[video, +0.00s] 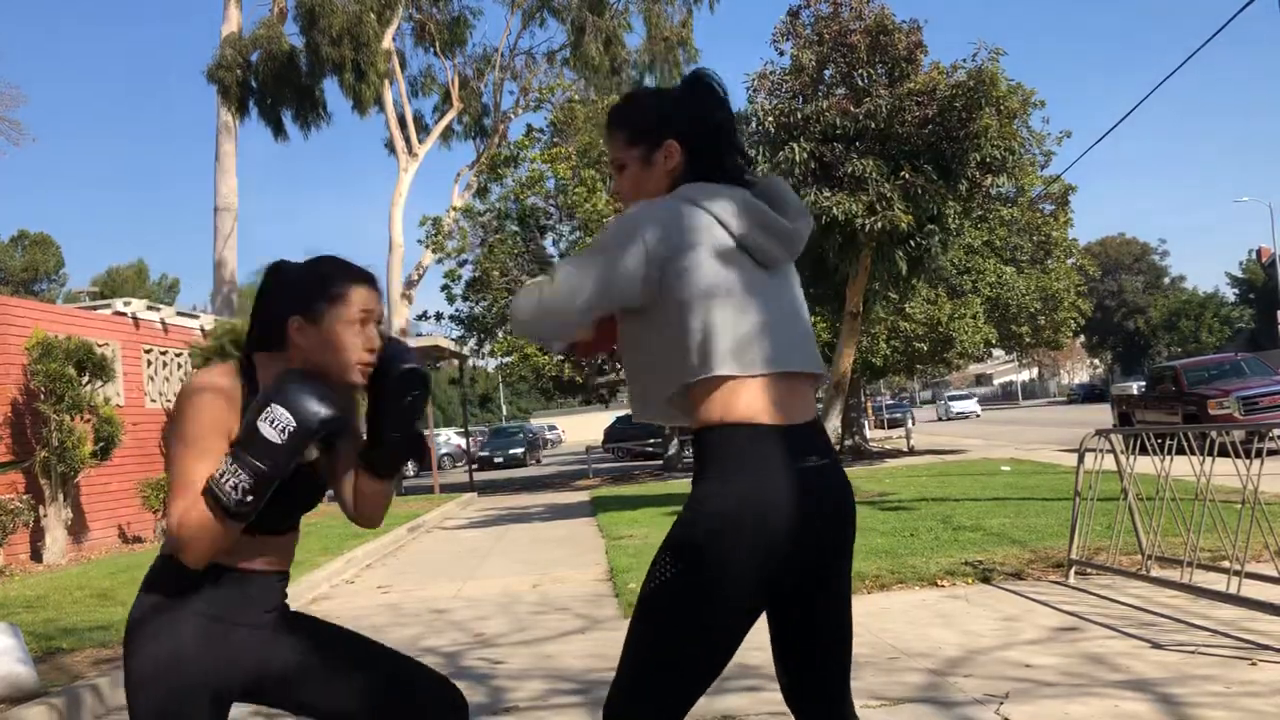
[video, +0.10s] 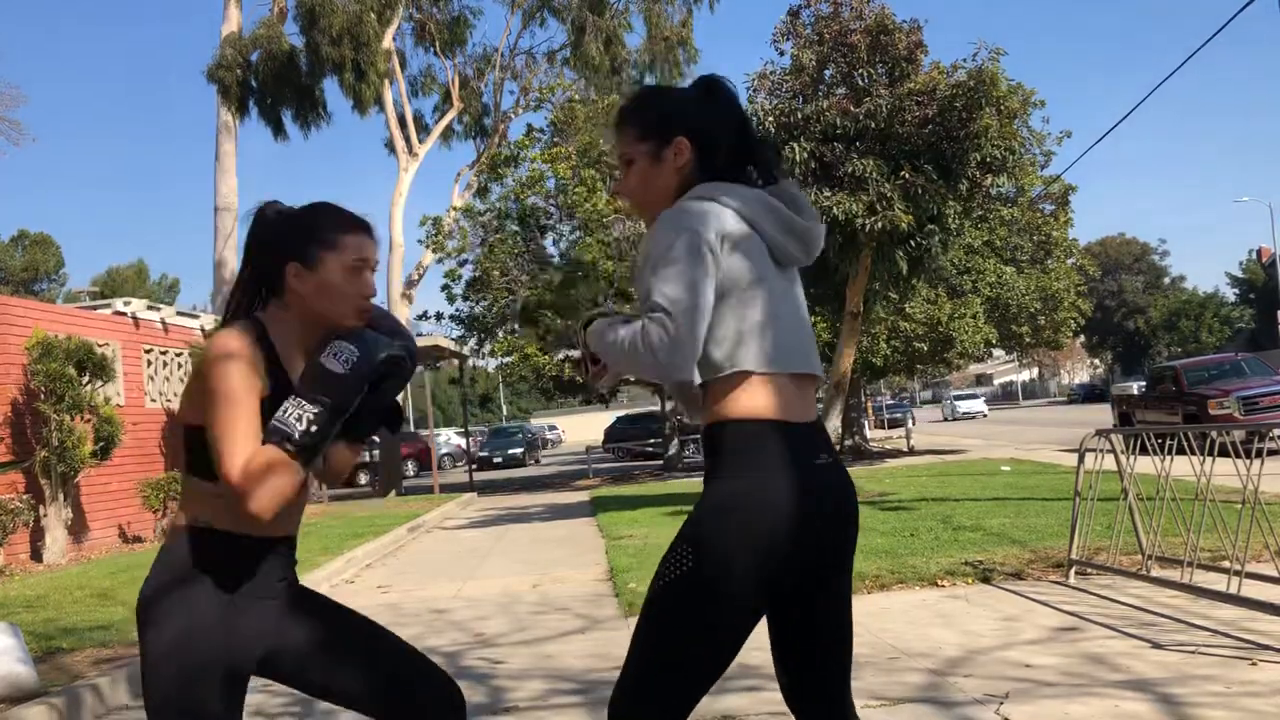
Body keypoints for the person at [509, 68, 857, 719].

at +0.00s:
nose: (614, 186)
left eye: (620, 168)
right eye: (611, 170)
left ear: (669, 155)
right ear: (672, 157)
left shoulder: (656, 226)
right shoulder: (758, 220)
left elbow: (537, 313)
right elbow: (709, 315)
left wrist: (584, 333)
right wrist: (620, 327)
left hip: (738, 490)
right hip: (820, 484)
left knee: (637, 707)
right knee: (824, 702)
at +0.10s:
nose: (620, 186)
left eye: (628, 163)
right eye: (619, 167)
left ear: (680, 154)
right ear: (685, 155)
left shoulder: (688, 222)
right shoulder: (763, 222)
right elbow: (719, 379)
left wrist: (602, 332)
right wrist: (626, 361)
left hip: (751, 491)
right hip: (822, 484)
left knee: (639, 707)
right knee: (823, 701)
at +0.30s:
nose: (623, 173)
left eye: (629, 152)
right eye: (621, 156)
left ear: (677, 146)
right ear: (674, 149)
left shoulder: (713, 217)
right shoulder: (731, 222)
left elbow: (694, 366)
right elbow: (681, 389)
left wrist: (624, 262)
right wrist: (591, 312)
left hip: (751, 489)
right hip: (806, 484)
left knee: (651, 707)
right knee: (820, 703)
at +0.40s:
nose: (624, 179)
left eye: (631, 159)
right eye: (622, 162)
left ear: (680, 151)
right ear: (686, 151)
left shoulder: (693, 225)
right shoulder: (761, 221)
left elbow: (615, 366)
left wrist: (554, 261)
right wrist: (567, 271)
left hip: (748, 497)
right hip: (821, 488)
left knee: (645, 707)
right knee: (819, 702)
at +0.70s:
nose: (620, 174)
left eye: (628, 153)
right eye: (620, 156)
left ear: (675, 147)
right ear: (680, 148)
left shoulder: (699, 218)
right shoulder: (744, 219)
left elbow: (637, 358)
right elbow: (671, 356)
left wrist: (582, 292)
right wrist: (583, 318)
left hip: (744, 488)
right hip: (805, 479)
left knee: (641, 705)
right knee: (813, 697)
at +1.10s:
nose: (600, 172)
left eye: (608, 152)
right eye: (599, 156)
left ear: (655, 148)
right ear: (657, 150)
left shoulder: (676, 216)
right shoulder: (719, 219)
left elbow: (655, 323)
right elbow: (663, 384)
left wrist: (542, 367)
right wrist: (579, 313)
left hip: (723, 485)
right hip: (791, 480)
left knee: (615, 706)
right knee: (804, 697)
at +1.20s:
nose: (580, 167)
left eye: (587, 148)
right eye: (580, 150)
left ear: (634, 144)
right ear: (633, 146)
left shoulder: (649, 209)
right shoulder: (694, 213)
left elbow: (593, 295)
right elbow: (613, 348)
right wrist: (511, 297)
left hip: (712, 473)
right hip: (780, 468)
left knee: (619, 701)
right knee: (814, 690)